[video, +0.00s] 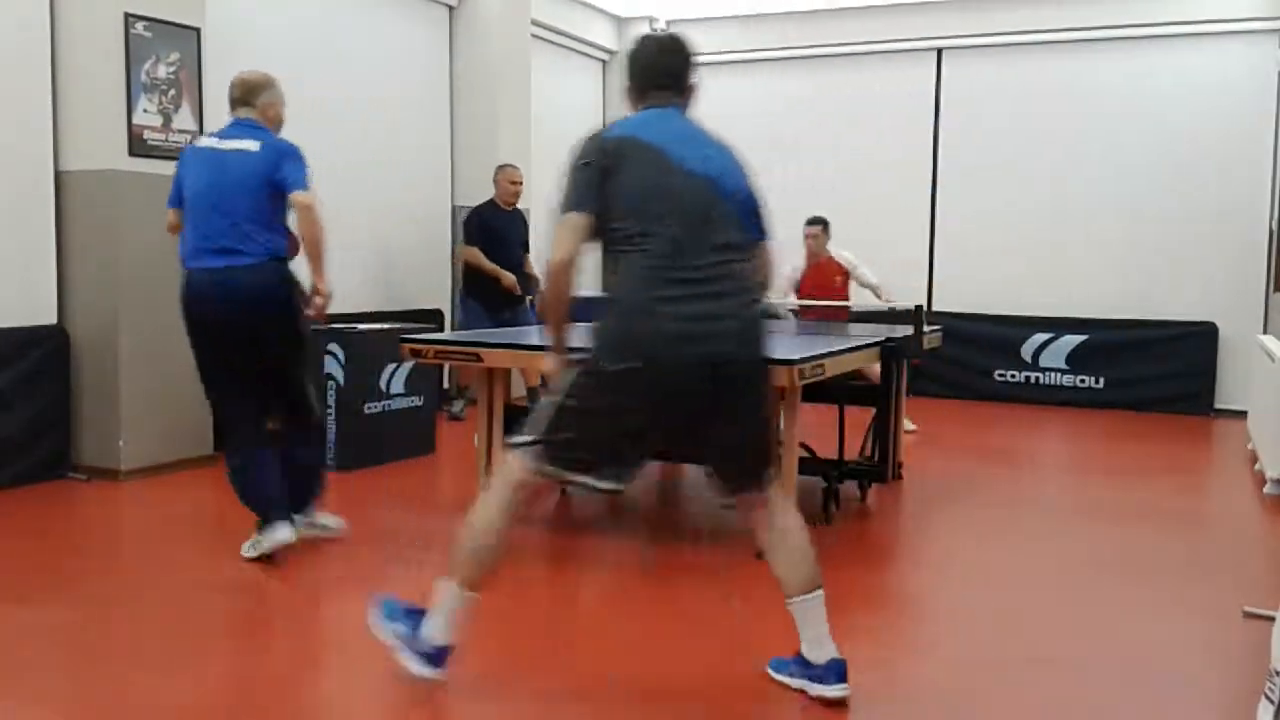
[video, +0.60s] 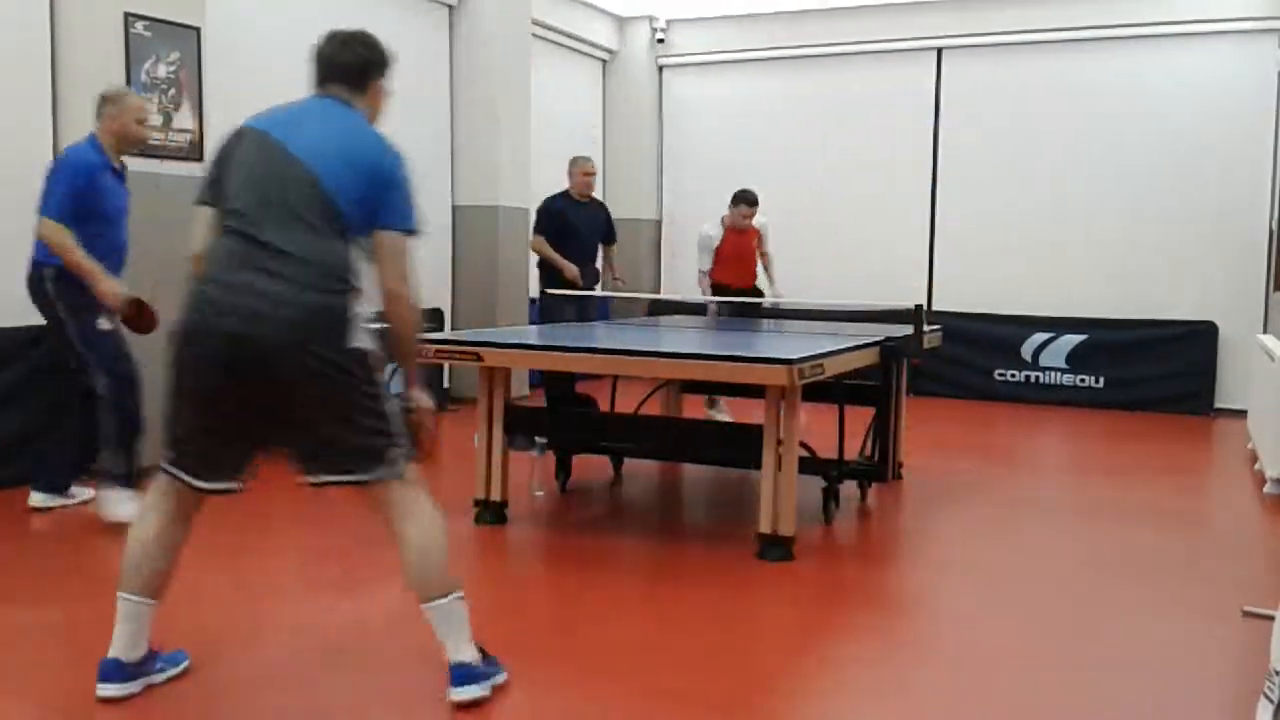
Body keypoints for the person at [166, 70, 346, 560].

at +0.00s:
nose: (282, 119)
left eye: (281, 112)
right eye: (280, 112)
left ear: (235, 108)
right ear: (269, 110)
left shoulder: (194, 151)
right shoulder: (281, 151)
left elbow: (175, 220)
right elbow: (305, 209)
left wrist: (213, 248)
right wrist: (319, 279)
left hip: (203, 288)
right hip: (264, 284)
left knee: (232, 402)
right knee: (297, 395)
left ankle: (271, 517)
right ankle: (302, 504)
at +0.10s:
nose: (269, 122)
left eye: (269, 114)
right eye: (267, 114)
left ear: (222, 109)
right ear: (255, 112)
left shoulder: (181, 149)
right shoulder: (259, 152)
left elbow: (162, 220)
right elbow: (281, 212)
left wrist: (219, 231)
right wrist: (309, 273)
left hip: (179, 285)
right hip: (236, 286)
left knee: (209, 388)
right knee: (251, 385)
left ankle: (233, 476)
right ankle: (251, 492)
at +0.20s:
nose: (253, 131)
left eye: (252, 122)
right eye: (248, 122)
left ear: (207, 123)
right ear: (229, 124)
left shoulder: (163, 163)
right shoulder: (235, 172)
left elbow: (142, 230)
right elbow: (274, 242)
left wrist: (207, 243)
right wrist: (307, 289)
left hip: (153, 292)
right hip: (208, 294)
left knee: (180, 389)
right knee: (243, 393)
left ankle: (169, 471)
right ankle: (245, 498)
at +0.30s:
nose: (227, 136)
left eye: (226, 127)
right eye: (223, 127)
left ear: (185, 124)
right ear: (203, 125)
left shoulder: (141, 161)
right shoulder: (195, 172)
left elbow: (135, 224)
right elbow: (230, 246)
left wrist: (200, 255)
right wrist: (273, 280)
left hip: (124, 288)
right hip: (168, 292)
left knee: (146, 388)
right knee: (224, 392)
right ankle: (244, 498)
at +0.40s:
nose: (191, 143)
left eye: (192, 134)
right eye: (188, 134)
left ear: (156, 132)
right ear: (167, 133)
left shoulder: (124, 169)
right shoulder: (152, 177)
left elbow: (123, 245)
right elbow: (161, 247)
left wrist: (164, 286)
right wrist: (219, 268)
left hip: (102, 292)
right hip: (126, 294)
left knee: (105, 395)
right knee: (188, 389)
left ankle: (52, 482)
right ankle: (233, 494)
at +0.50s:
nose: (168, 144)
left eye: (168, 136)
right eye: (162, 136)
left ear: (139, 137)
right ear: (138, 135)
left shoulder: (131, 179)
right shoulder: (109, 176)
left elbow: (117, 250)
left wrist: (135, 301)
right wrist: (158, 275)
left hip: (103, 295)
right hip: (85, 294)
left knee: (108, 392)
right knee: (151, 383)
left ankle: (54, 484)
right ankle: (192, 474)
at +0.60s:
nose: (146, 131)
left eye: (147, 123)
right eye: (139, 123)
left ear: (119, 124)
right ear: (111, 121)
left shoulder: (113, 169)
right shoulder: (78, 162)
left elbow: (96, 239)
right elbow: (50, 230)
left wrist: (115, 298)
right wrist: (100, 281)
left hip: (82, 283)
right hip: (59, 280)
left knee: (77, 379)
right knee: (116, 372)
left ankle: (50, 483)